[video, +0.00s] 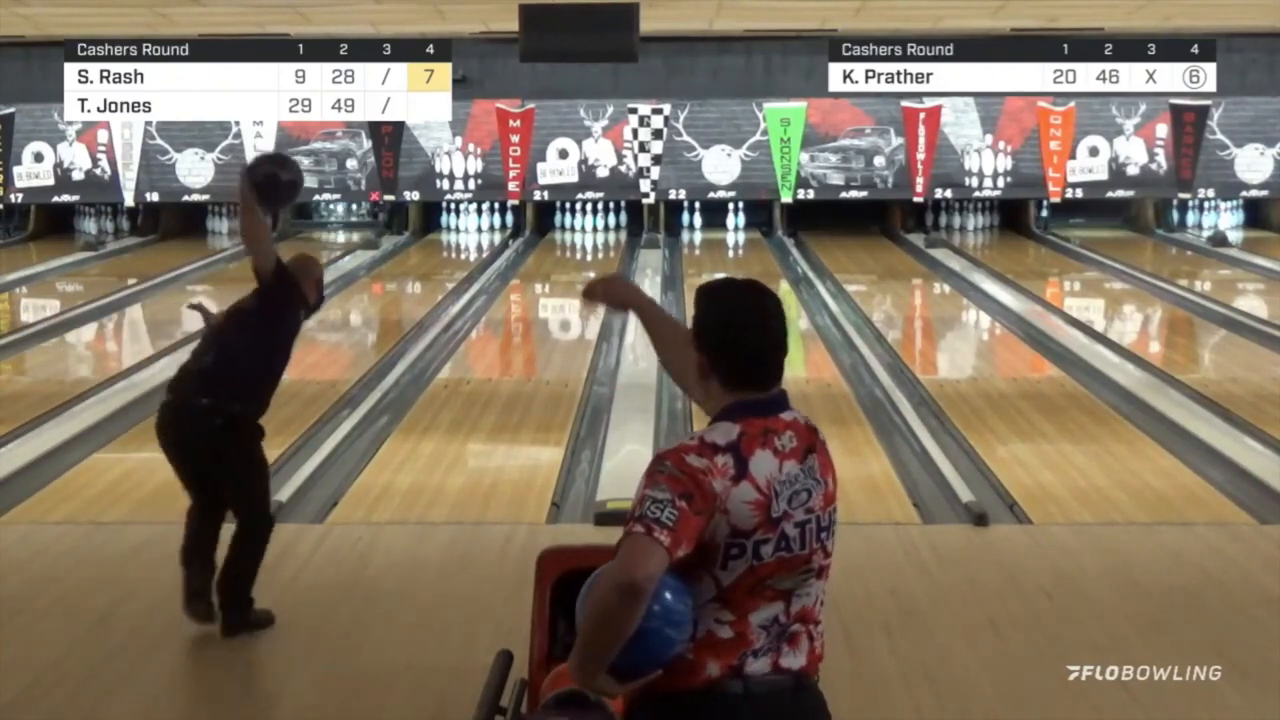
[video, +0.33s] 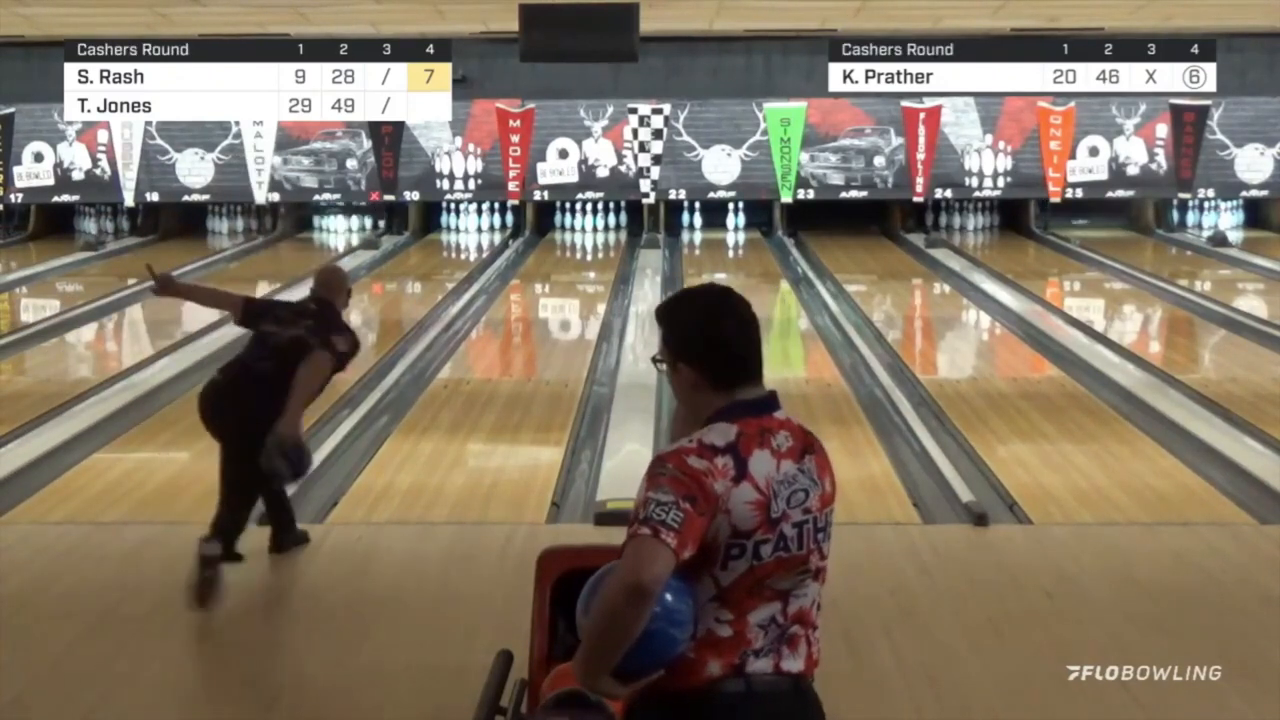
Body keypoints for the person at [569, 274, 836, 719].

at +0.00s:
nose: (686, 345)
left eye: (690, 336)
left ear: (702, 359)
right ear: (781, 353)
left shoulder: (691, 465)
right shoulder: (809, 442)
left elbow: (632, 578)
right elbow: (699, 376)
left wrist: (584, 670)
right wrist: (638, 301)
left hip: (695, 696)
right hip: (795, 692)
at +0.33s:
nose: (667, 378)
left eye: (665, 364)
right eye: (664, 365)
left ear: (685, 371)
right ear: (752, 354)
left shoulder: (691, 463)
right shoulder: (810, 450)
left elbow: (641, 579)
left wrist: (589, 672)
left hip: (698, 696)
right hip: (793, 691)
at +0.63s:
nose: (672, 381)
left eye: (669, 366)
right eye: (668, 367)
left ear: (685, 369)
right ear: (755, 354)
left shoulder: (685, 468)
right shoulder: (814, 457)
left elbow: (632, 578)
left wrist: (577, 671)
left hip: (687, 698)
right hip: (789, 693)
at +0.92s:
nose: (674, 373)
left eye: (673, 360)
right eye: (673, 360)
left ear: (689, 367)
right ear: (758, 355)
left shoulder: (680, 469)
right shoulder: (817, 460)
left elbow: (618, 580)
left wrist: (572, 670)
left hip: (685, 697)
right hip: (789, 694)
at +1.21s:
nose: (678, 365)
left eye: (678, 352)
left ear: (688, 367)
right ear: (763, 354)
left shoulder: (682, 471)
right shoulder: (813, 450)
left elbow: (620, 582)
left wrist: (572, 671)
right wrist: (653, 314)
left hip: (687, 696)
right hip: (788, 692)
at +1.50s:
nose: (680, 363)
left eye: (680, 353)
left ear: (688, 365)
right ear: (770, 354)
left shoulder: (687, 470)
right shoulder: (811, 453)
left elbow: (629, 586)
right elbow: (688, 469)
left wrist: (580, 676)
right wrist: (580, 450)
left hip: (691, 699)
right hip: (790, 695)